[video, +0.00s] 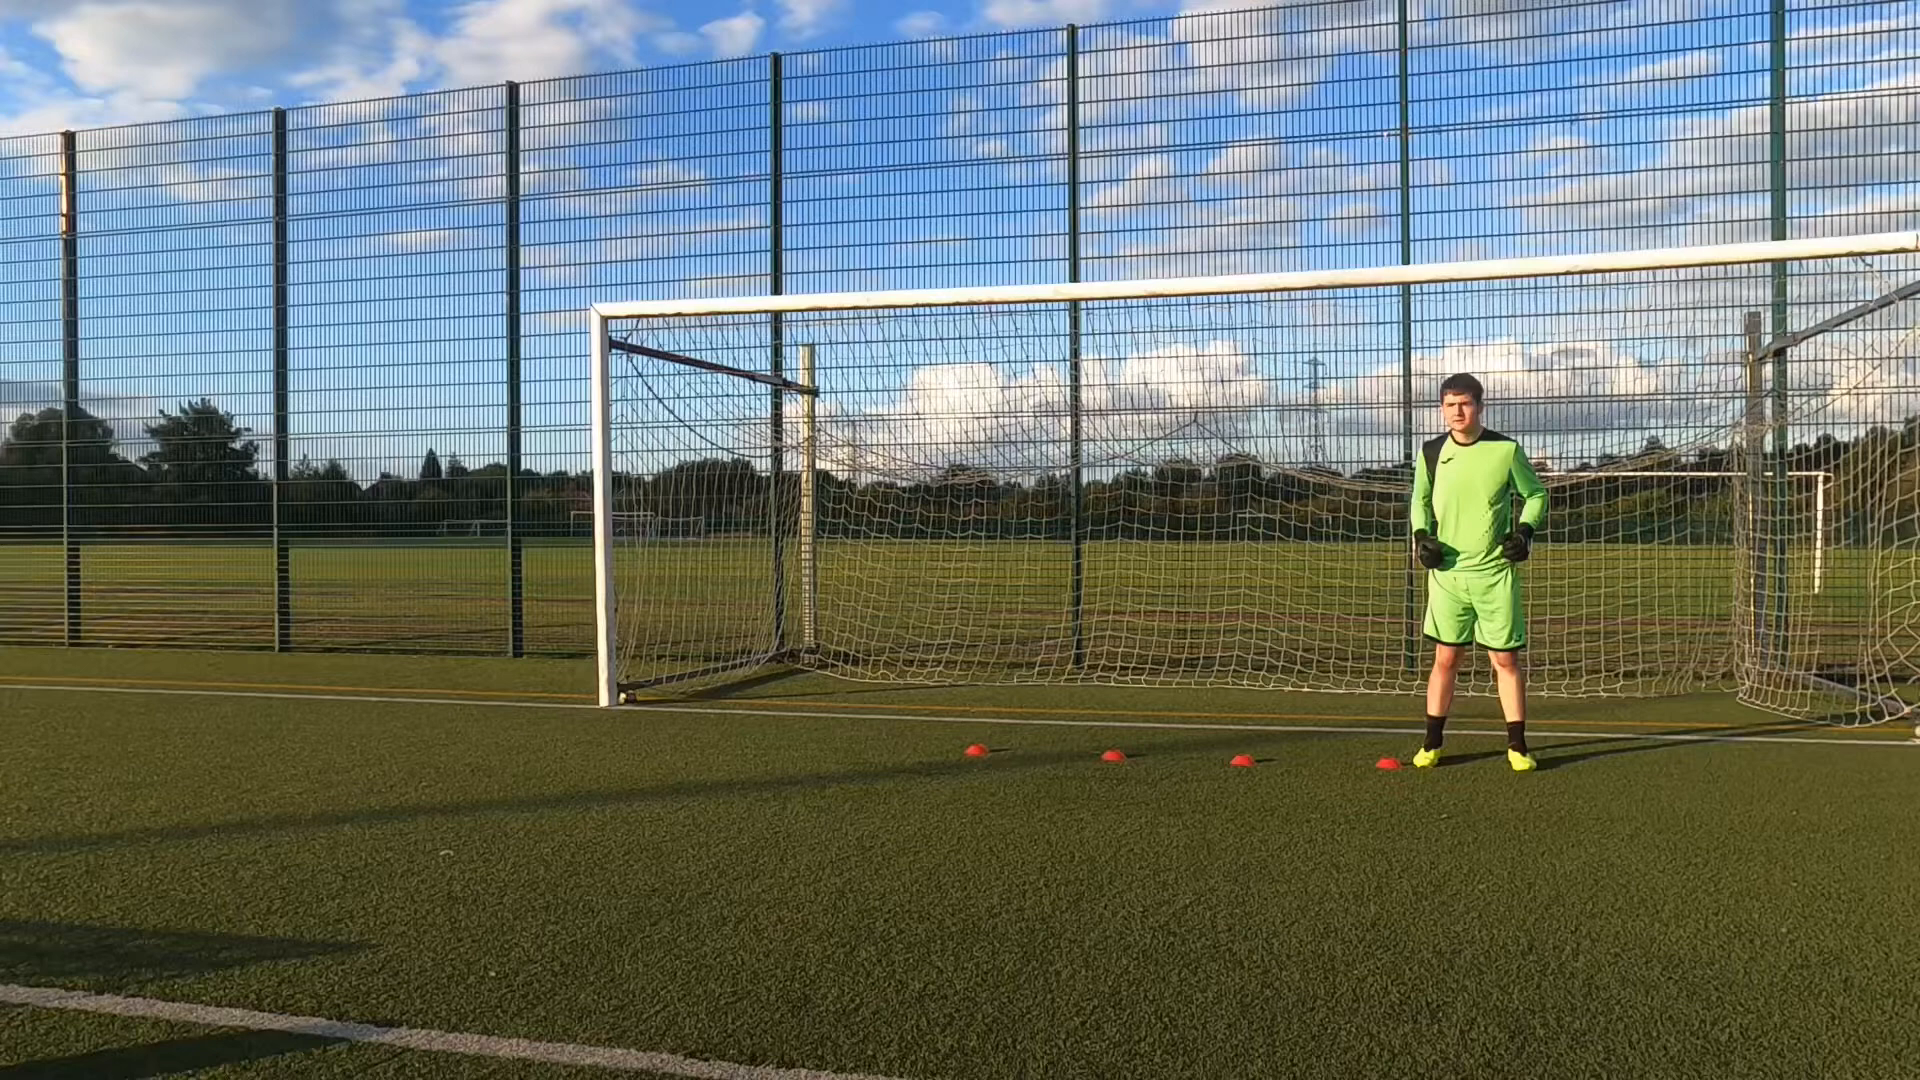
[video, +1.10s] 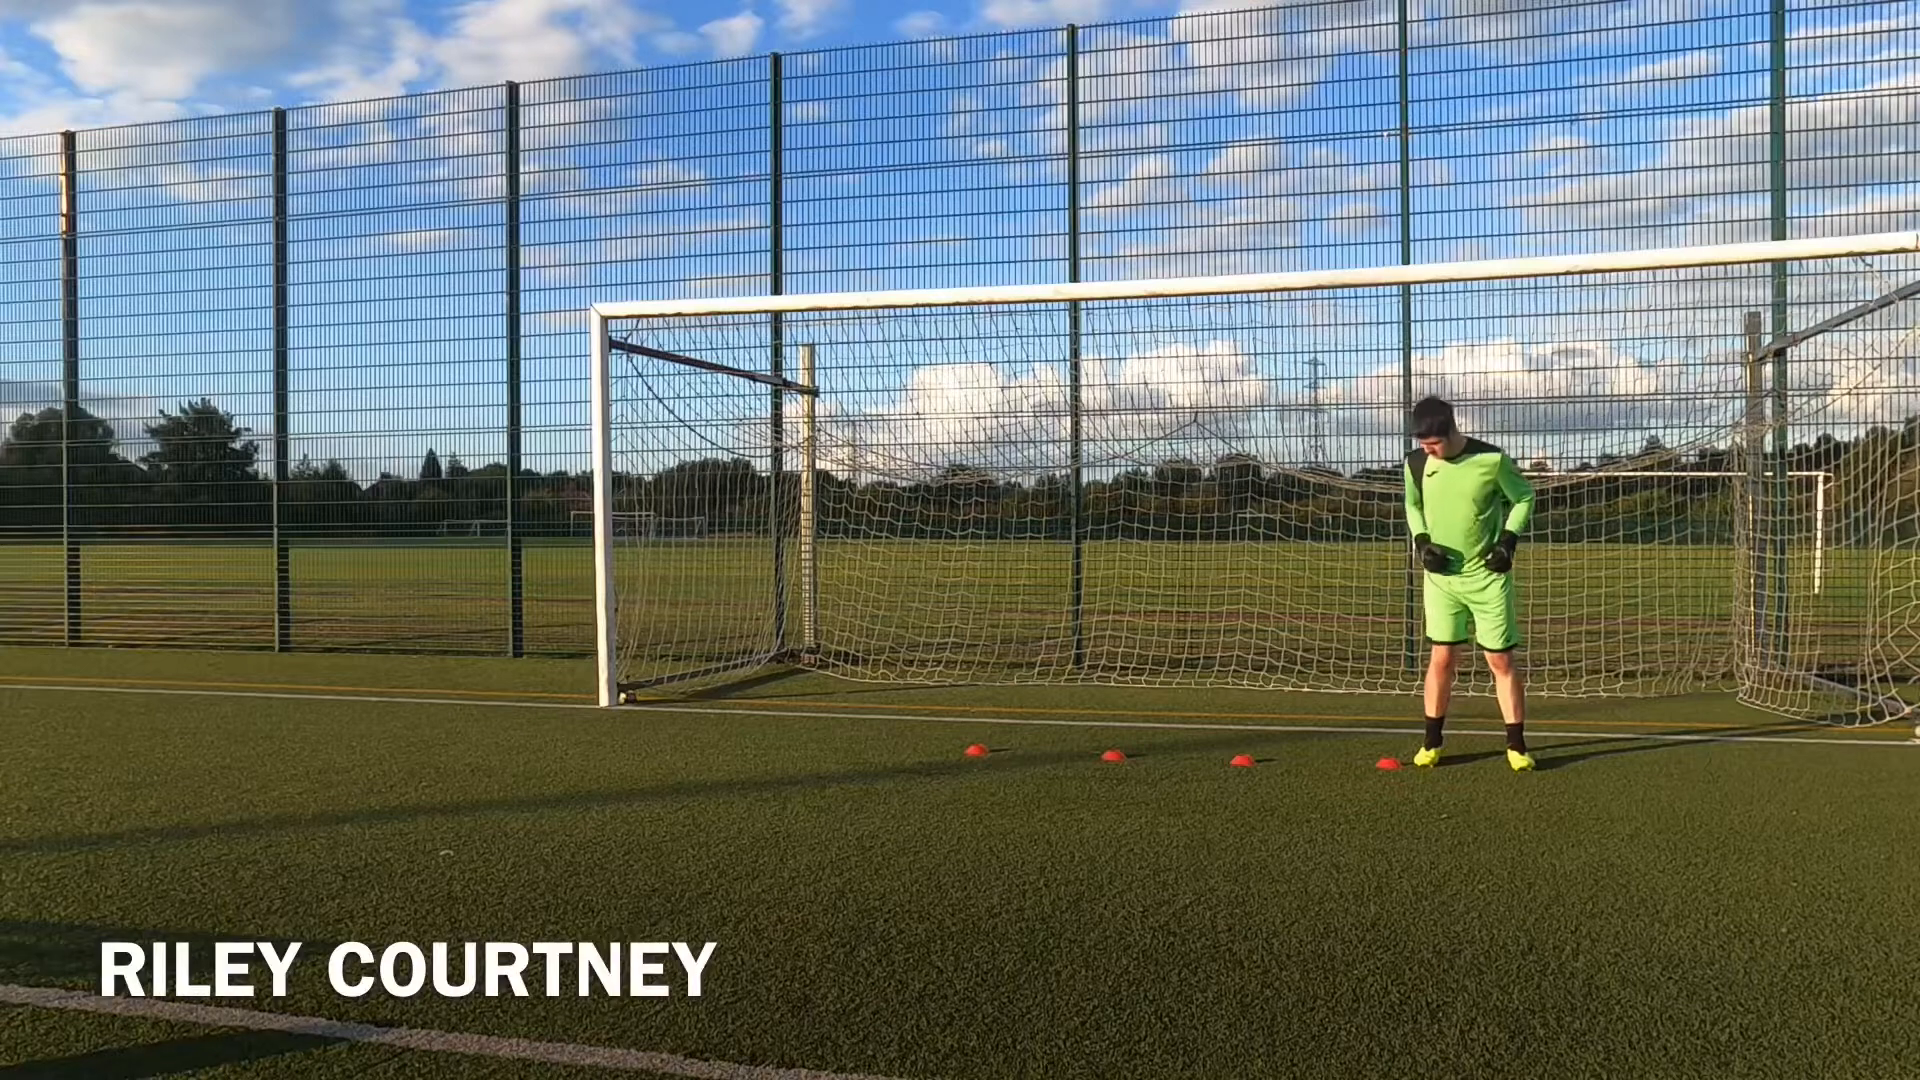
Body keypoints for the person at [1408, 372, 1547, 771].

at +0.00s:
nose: (1457, 412)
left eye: (1465, 404)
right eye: (1450, 405)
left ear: (1480, 407)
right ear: (1441, 410)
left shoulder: (1507, 451)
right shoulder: (1429, 454)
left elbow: (1536, 494)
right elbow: (1420, 501)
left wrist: (1524, 530)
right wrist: (1421, 536)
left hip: (1495, 573)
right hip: (1446, 575)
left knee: (1505, 660)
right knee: (1445, 658)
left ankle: (1517, 746)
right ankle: (1432, 744)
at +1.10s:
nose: (1428, 449)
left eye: (1433, 442)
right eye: (1422, 442)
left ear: (1451, 431)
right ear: (1417, 437)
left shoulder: (1493, 461)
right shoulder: (1416, 464)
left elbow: (1524, 498)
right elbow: (1413, 506)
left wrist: (1508, 539)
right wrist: (1422, 542)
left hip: (1488, 578)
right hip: (1440, 579)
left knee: (1502, 661)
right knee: (1441, 658)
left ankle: (1516, 745)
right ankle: (1432, 742)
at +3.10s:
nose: (892, 449)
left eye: (898, 444)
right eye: (886, 444)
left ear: (910, 448)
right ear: (879, 449)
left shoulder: (927, 496)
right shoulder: (862, 491)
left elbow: (935, 553)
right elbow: (851, 541)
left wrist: (925, 547)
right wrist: (842, 538)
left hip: (911, 597)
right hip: (866, 595)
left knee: (923, 663)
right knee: (831, 661)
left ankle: (935, 729)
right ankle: (816, 725)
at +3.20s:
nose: (880, 440)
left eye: (887, 434)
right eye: (875, 434)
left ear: (899, 439)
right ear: (866, 440)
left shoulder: (913, 485)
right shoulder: (853, 482)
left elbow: (913, 534)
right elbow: (830, 528)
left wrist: (899, 514)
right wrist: (828, 499)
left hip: (902, 590)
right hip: (858, 591)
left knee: (919, 660)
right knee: (828, 658)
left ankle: (935, 729)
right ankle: (816, 723)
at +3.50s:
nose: (834, 439)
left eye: (839, 431)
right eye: (826, 433)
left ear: (852, 435)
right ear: (820, 441)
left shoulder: (876, 472)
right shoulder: (825, 481)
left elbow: (886, 524)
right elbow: (825, 532)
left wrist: (845, 504)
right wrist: (805, 519)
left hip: (886, 579)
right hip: (845, 583)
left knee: (905, 656)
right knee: (826, 652)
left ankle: (933, 728)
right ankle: (816, 724)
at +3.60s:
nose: (816, 443)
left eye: (821, 436)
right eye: (809, 439)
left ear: (833, 439)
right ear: (802, 446)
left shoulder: (863, 472)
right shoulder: (811, 487)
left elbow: (896, 509)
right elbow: (817, 535)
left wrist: (864, 520)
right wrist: (794, 548)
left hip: (884, 578)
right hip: (844, 583)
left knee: (907, 653)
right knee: (827, 651)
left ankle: (933, 727)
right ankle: (816, 724)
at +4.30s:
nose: (919, 461)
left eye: (923, 454)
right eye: (914, 455)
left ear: (926, 449)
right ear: (896, 447)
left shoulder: (934, 482)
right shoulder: (865, 479)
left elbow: (952, 518)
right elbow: (842, 523)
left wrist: (941, 542)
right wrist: (855, 548)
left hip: (924, 589)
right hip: (880, 587)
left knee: (916, 665)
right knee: (859, 660)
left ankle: (896, 722)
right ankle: (831, 719)